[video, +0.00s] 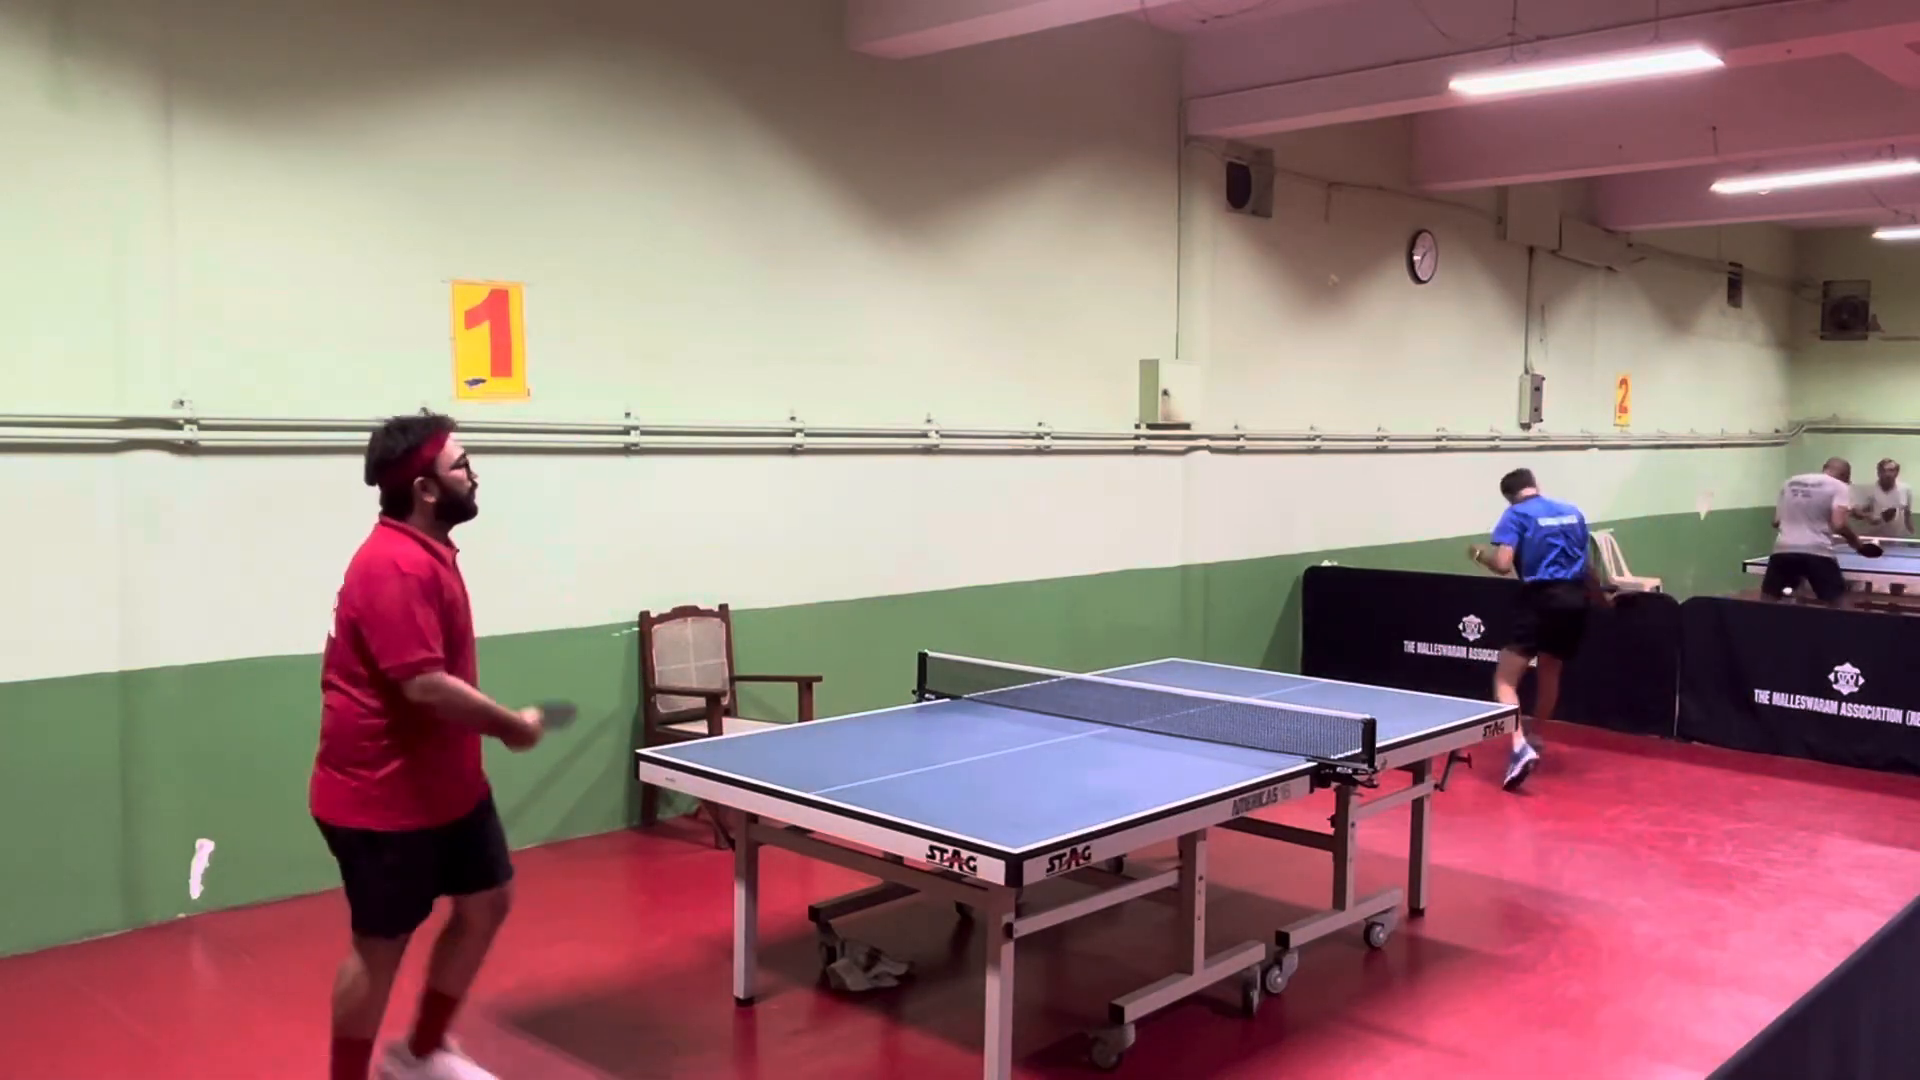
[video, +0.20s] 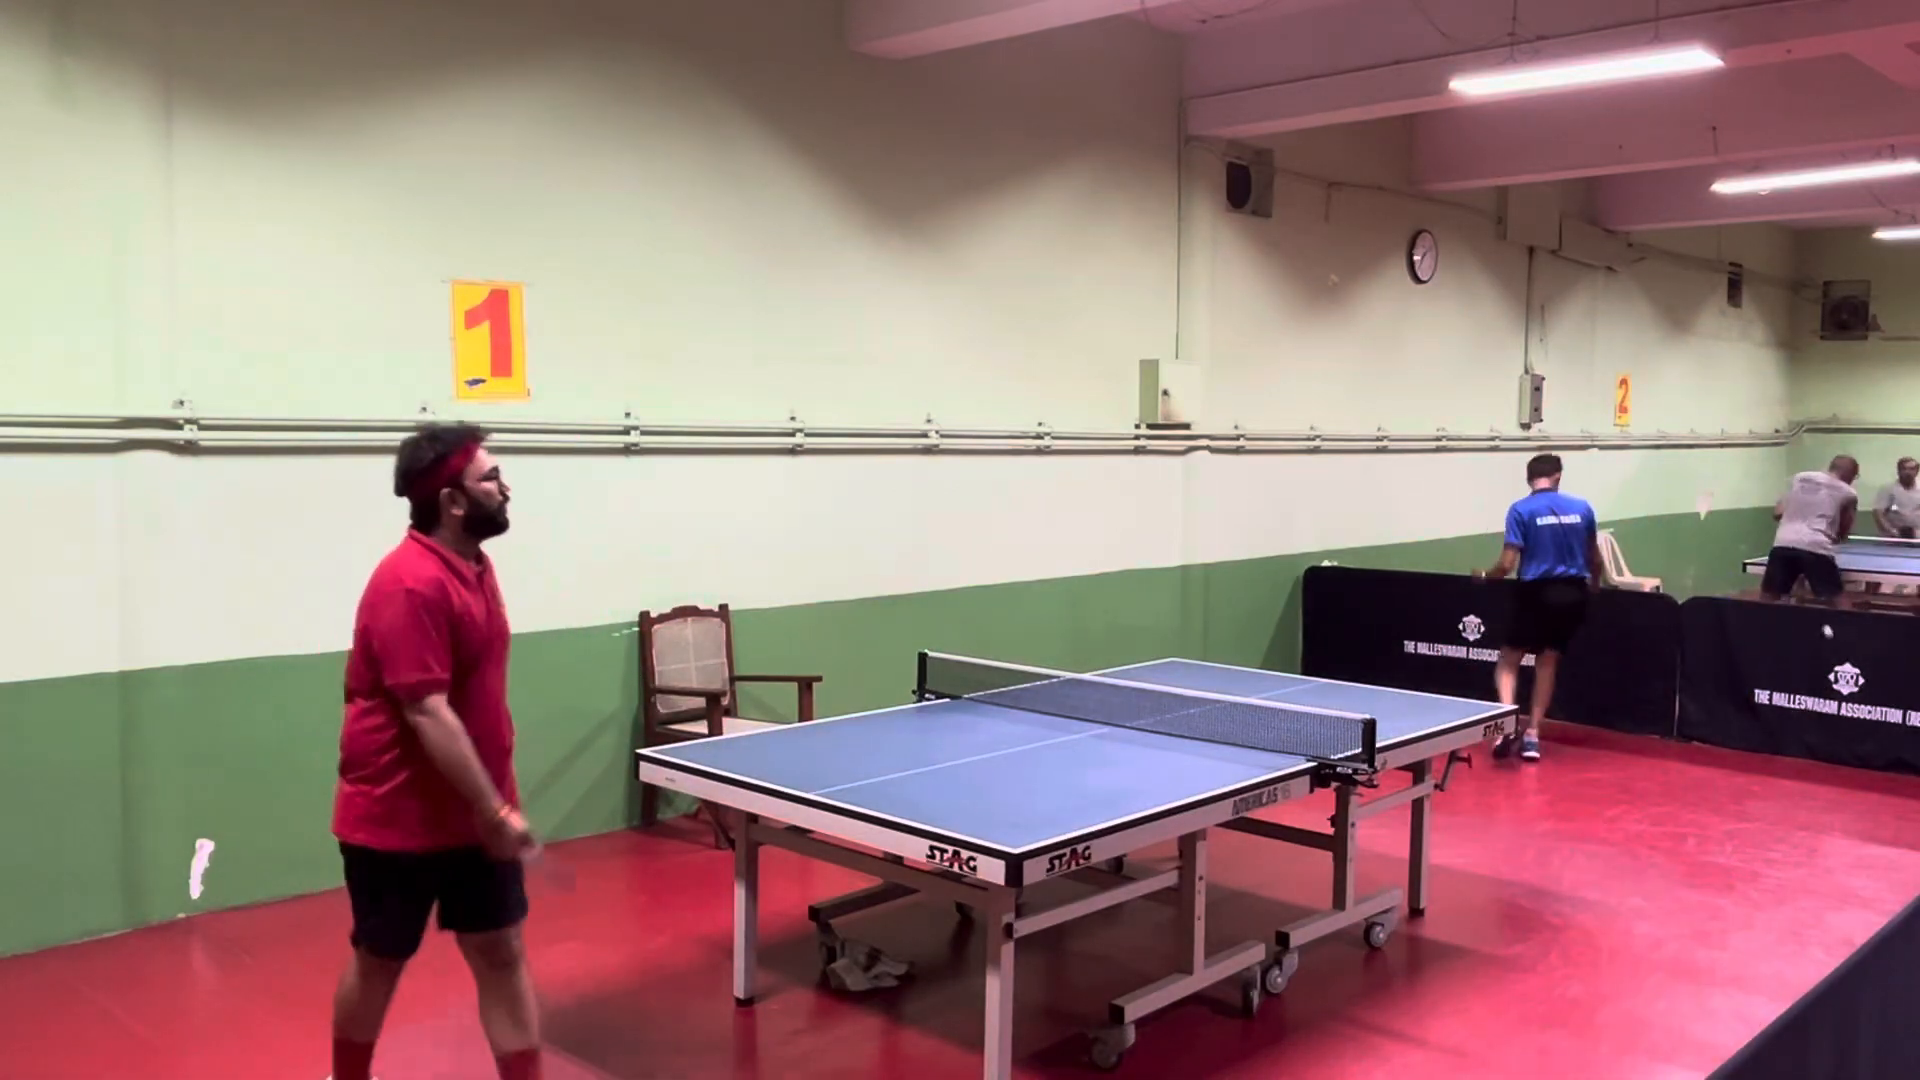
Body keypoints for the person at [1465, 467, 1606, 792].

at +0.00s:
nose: (1513, 504)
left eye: (1509, 500)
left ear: (1510, 496)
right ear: (1537, 486)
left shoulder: (1516, 513)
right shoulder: (1573, 512)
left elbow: (1503, 562)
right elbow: (1585, 562)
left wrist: (1481, 555)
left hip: (1539, 601)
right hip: (1576, 602)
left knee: (1505, 681)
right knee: (1549, 667)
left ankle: (1519, 747)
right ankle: (1535, 738)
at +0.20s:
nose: (1542, 483)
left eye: (1534, 481)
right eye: (1552, 476)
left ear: (1529, 480)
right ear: (1558, 477)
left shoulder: (1520, 510)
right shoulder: (1582, 507)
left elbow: (1507, 562)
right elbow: (1594, 559)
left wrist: (1488, 577)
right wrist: (1594, 584)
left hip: (1532, 593)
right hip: (1572, 594)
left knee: (1508, 660)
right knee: (1548, 661)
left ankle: (1507, 721)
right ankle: (1532, 735)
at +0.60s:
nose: (1600, 485)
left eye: (1600, 479)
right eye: (1598, 478)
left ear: (1570, 476)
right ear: (1586, 476)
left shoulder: (1541, 511)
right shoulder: (1598, 507)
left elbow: (1522, 562)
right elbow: (1605, 557)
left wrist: (1516, 605)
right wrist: (1625, 605)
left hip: (1554, 592)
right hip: (1589, 593)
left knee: (1562, 653)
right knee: (1597, 663)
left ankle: (1545, 722)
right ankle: (1540, 714)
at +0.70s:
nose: (1616, 482)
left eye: (1617, 476)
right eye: (1614, 475)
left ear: (1588, 472)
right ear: (1600, 472)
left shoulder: (1558, 504)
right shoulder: (1607, 503)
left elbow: (1544, 556)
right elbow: (1613, 555)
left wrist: (1539, 601)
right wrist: (1635, 602)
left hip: (1564, 587)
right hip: (1598, 588)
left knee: (1569, 650)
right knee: (1630, 655)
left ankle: (1546, 722)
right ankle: (1568, 706)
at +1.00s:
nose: (1692, 499)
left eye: (1694, 492)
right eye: (1690, 492)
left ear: (1670, 486)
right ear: (1675, 487)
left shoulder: (1648, 508)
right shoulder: (1654, 515)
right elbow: (1642, 572)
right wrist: (1672, 610)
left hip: (1616, 593)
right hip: (1634, 597)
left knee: (1594, 654)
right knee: (1690, 659)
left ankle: (1550, 717)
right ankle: (1705, 740)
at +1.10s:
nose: (1728, 506)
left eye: (1730, 499)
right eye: (1727, 498)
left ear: (1705, 491)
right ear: (1711, 493)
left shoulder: (1683, 513)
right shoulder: (1686, 521)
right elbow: (1664, 579)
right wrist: (1691, 621)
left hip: (1646, 596)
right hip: (1661, 601)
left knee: (1631, 655)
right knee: (1713, 663)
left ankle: (1565, 709)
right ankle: (1712, 744)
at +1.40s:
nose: (1810, 501)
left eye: (1814, 496)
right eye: (1810, 494)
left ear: (1797, 486)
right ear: (1794, 483)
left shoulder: (1784, 516)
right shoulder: (1750, 512)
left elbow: (1781, 568)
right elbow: (1727, 567)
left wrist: (1793, 611)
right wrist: (1730, 615)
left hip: (1768, 598)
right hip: (1741, 598)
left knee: (1788, 662)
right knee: (1745, 675)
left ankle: (1747, 726)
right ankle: (1714, 742)